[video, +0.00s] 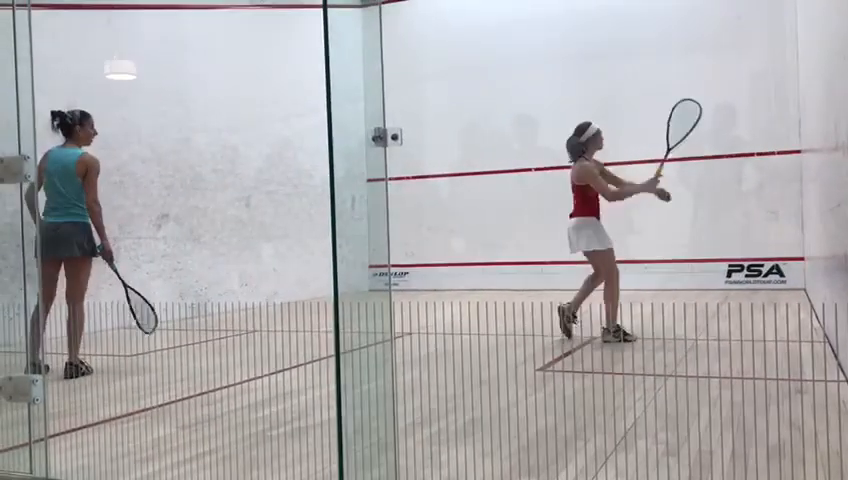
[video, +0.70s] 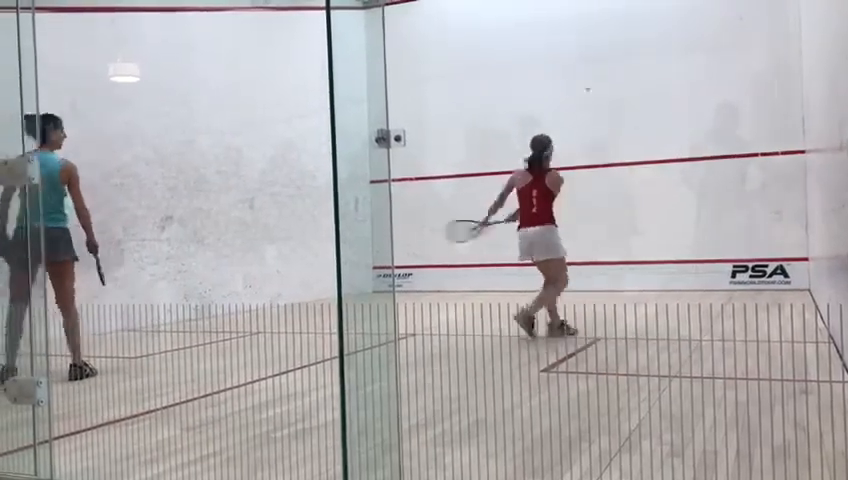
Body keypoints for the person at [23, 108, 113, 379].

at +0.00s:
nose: (95, 132)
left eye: (94, 127)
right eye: (91, 127)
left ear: (73, 130)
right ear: (78, 129)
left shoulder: (48, 157)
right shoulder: (89, 161)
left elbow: (30, 194)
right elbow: (92, 205)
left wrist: (38, 223)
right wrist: (104, 242)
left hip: (48, 231)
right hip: (78, 231)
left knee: (44, 298)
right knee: (75, 300)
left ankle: (34, 359)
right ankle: (73, 361)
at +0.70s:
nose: (64, 135)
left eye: (62, 130)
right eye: (60, 130)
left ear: (39, 135)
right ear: (49, 134)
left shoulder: (17, 164)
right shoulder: (64, 166)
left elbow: (4, 202)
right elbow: (80, 208)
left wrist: (3, 237)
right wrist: (91, 236)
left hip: (23, 238)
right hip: (56, 237)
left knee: (17, 302)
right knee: (67, 304)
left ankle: (9, 365)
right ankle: (77, 363)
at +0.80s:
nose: (53, 138)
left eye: (51, 133)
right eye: (50, 134)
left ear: (25, 136)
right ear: (44, 137)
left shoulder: (8, 165)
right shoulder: (54, 168)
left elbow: (2, 195)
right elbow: (69, 208)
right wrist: (76, 235)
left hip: (11, 238)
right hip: (43, 237)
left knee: (8, 307)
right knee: (58, 301)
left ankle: (8, 366)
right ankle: (75, 357)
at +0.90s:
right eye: (37, 138)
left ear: (12, 139)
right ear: (37, 139)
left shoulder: (3, 165)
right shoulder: (44, 169)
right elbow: (59, 209)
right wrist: (58, 227)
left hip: (6, 240)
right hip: (33, 239)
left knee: (4, 306)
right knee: (42, 295)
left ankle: (7, 363)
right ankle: (62, 343)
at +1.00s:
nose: (27, 144)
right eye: (29, 139)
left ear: (5, 140)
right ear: (29, 140)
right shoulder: (37, 170)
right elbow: (50, 211)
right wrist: (29, 217)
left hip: (5, 238)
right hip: (29, 238)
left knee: (2, 301)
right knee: (26, 295)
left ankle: (4, 361)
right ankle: (40, 352)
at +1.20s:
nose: (2, 162)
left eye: (1, 157)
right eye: (4, 157)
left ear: (3, 155)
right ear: (8, 155)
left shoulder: (12, 183)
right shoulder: (20, 183)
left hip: (13, 250)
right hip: (19, 250)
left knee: (7, 303)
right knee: (7, 304)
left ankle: (27, 356)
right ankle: (26, 355)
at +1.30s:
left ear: (6, 172)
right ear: (8, 173)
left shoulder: (7, 193)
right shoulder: (7, 193)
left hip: (8, 253)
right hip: (10, 252)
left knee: (6, 308)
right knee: (6, 308)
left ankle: (25, 357)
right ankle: (25, 356)